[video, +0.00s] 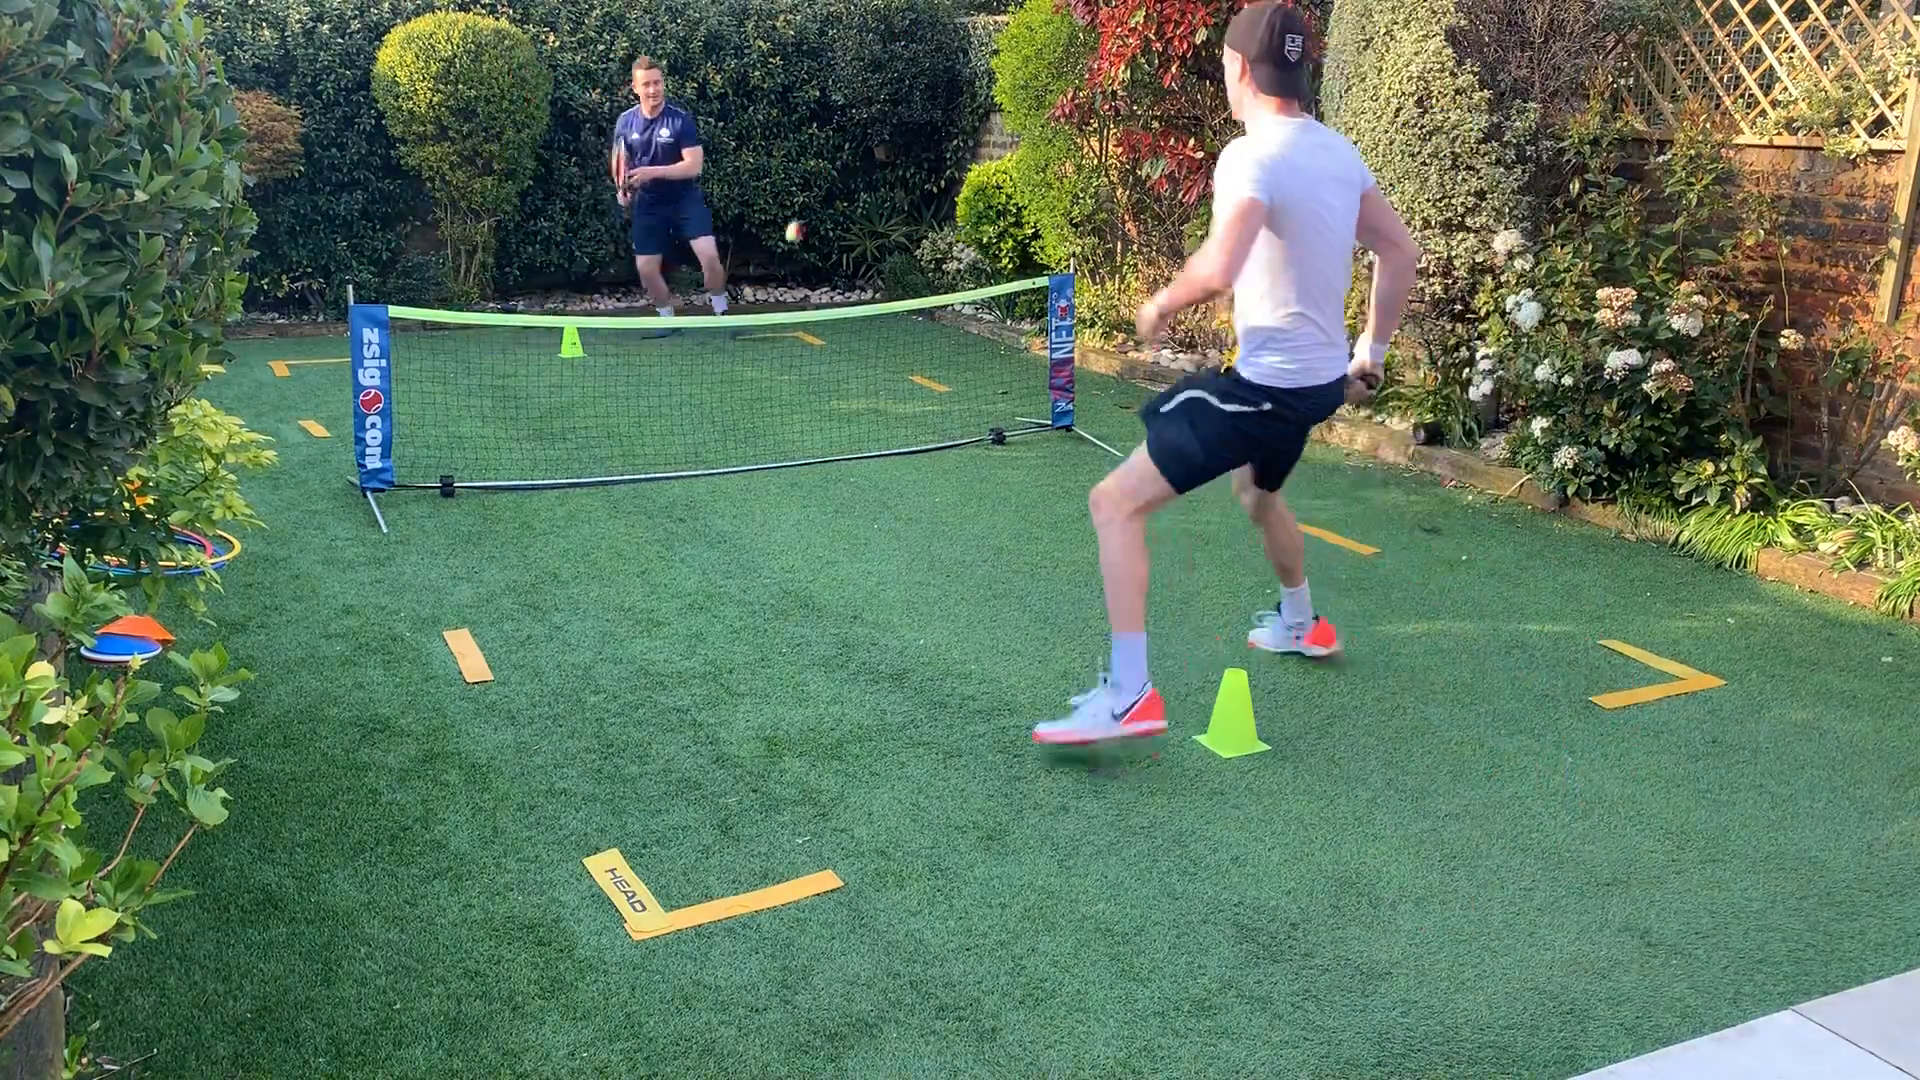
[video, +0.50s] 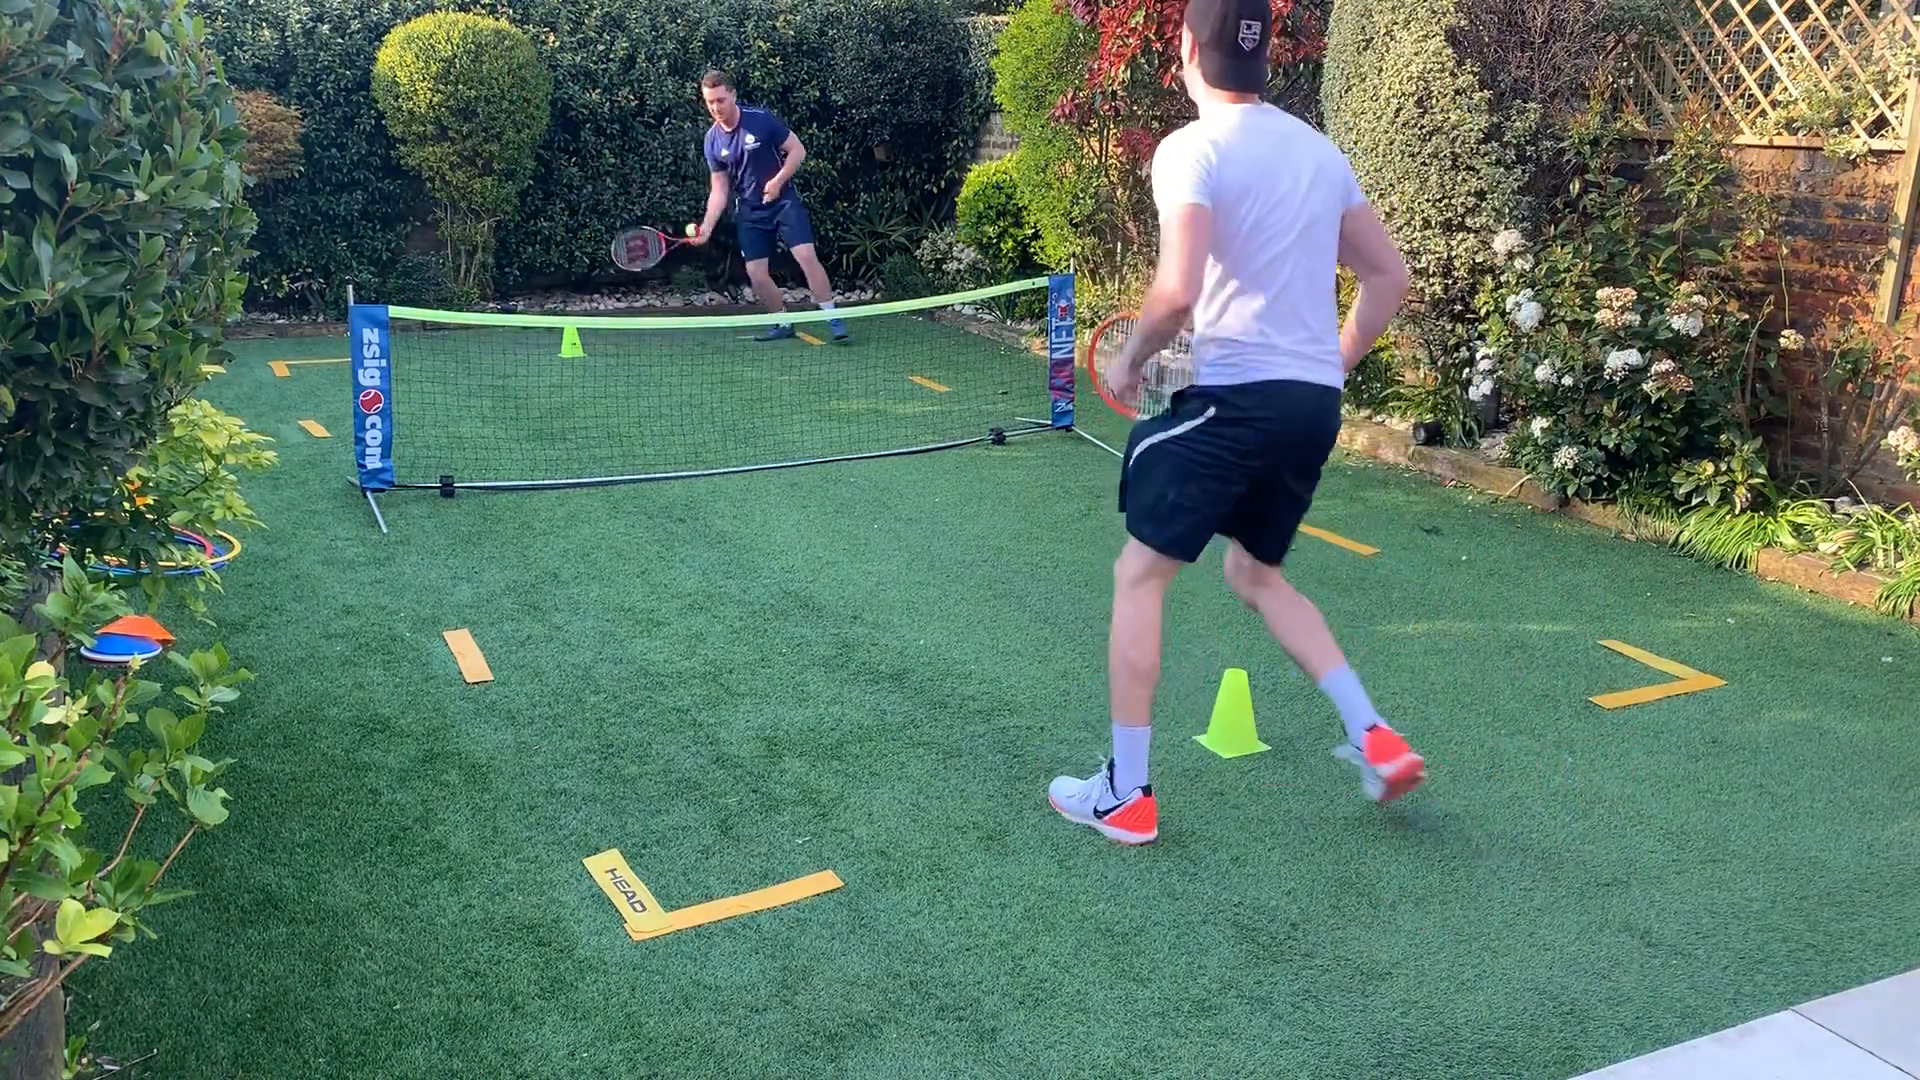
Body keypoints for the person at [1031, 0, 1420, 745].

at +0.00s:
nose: (1225, 82)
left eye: (1227, 69)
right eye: (1225, 69)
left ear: (1241, 71)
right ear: (1303, 71)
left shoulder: (1252, 154)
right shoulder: (1340, 153)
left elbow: (1217, 270)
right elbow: (1399, 248)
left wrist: (1160, 304)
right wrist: (1374, 346)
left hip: (1265, 383)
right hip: (1322, 378)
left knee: (1114, 501)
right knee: (1258, 492)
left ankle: (1127, 688)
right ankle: (1299, 618)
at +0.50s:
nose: (1178, 55)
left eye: (1181, 43)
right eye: (1185, 41)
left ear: (1189, 52)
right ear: (1263, 53)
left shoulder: (1192, 149)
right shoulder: (1320, 151)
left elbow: (1178, 292)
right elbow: (1388, 274)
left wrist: (1130, 355)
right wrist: (1334, 363)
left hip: (1227, 397)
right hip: (1316, 404)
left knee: (1140, 575)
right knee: (1253, 571)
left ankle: (1124, 789)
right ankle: (1372, 735)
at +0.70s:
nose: (1245, 60)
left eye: (1247, 46)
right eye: (1251, 44)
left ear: (1260, 58)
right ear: (1332, 57)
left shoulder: (1274, 154)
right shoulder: (1394, 153)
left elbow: (1255, 305)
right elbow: (1443, 300)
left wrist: (1205, 364)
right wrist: (1371, 358)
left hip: (1320, 410)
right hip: (1408, 411)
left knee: (1207, 583)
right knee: (1397, 615)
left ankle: (1130, 783)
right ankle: (1484, 818)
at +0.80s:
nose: (1280, 40)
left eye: (1282, 28)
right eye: (1288, 27)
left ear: (1293, 36)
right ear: (1366, 41)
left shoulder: (1302, 129)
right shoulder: (1432, 130)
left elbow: (1269, 293)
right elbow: (1485, 275)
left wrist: (1237, 342)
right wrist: (1413, 330)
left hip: (1363, 390)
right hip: (1450, 389)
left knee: (1256, 583)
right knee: (1431, 595)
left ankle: (1207, 803)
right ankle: (1490, 810)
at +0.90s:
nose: (1309, 40)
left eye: (1310, 28)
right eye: (1314, 27)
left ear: (1325, 36)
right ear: (1398, 41)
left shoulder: (1317, 120)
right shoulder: (1463, 126)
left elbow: (1285, 292)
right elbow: (1525, 270)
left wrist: (1282, 324)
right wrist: (1452, 330)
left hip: (1385, 382)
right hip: (1479, 382)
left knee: (1291, 598)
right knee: (1461, 579)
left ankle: (1320, 832)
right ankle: (1527, 782)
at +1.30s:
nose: (1411, 85)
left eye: (1415, 72)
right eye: (1417, 70)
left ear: (1430, 85)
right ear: (1496, 86)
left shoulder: (1415, 185)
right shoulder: (1560, 170)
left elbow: (1383, 360)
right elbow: (1614, 322)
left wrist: (1406, 396)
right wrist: (1549, 371)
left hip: (1497, 432)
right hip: (1596, 425)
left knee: (1403, 619)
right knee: (1602, 625)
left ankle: (1453, 824)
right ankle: (1657, 828)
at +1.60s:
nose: (1369, 88)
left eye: (1370, 74)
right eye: (1373, 73)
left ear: (1384, 77)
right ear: (1448, 76)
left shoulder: (1392, 172)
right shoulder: (1512, 153)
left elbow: (1341, 335)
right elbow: (1517, 305)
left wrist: (1332, 375)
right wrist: (1429, 385)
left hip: (1495, 400)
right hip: (1573, 391)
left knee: (1445, 596)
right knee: (1511, 545)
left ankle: (1509, 801)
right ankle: (1561, 723)